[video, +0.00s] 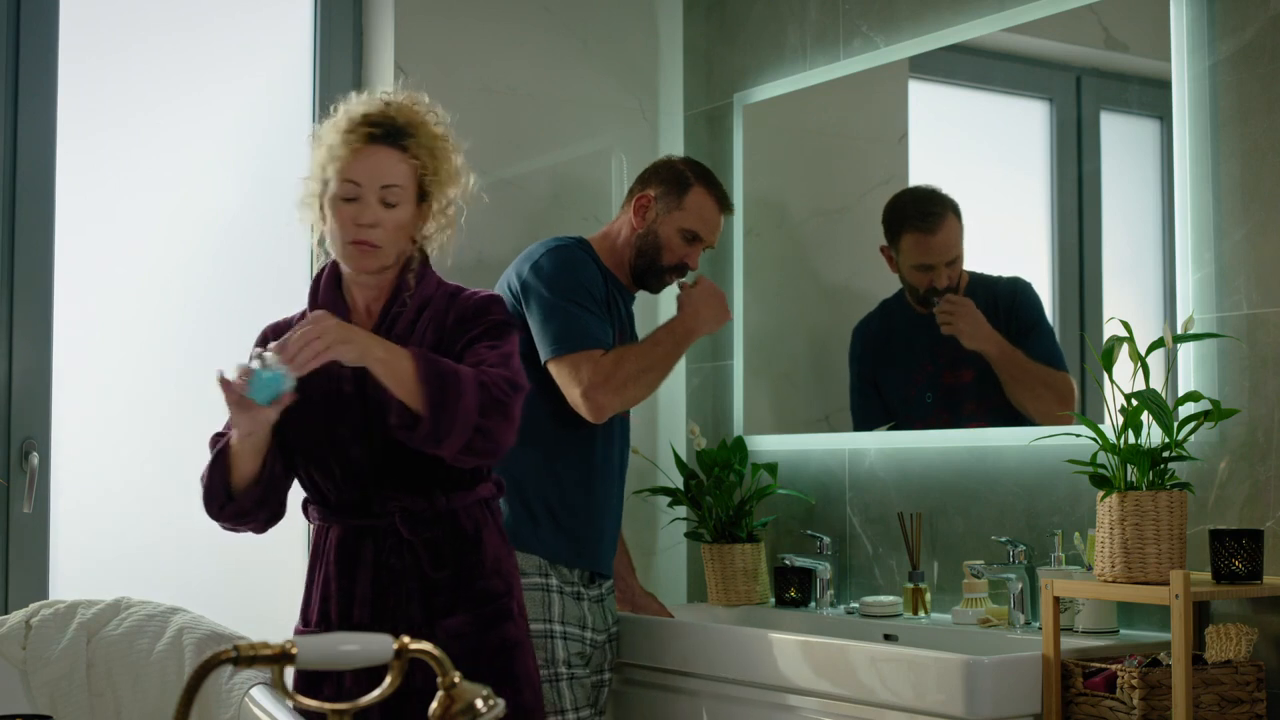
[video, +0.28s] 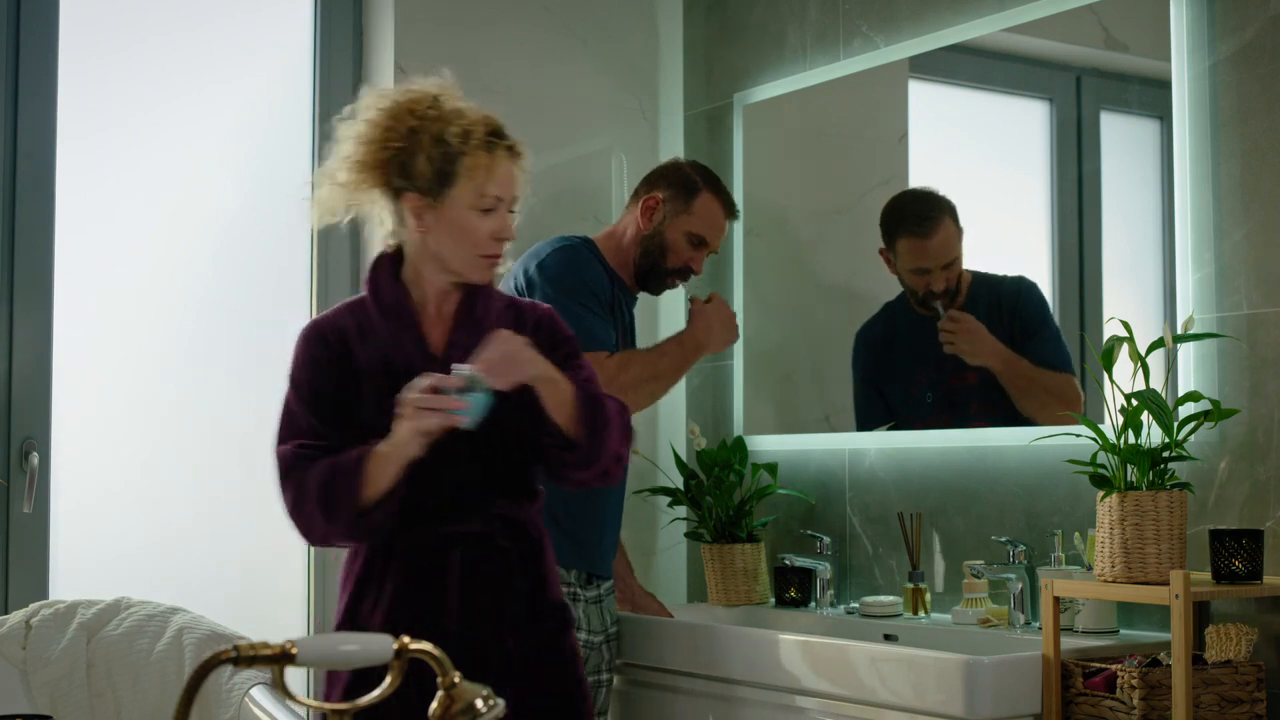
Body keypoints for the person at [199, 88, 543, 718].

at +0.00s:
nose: (365, 218)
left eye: (390, 200)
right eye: (348, 197)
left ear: (425, 213)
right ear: (323, 207)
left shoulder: (476, 319)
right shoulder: (287, 341)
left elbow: (491, 425)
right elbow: (244, 513)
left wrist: (371, 350)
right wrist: (248, 435)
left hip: (465, 601)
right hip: (343, 601)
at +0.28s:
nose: (508, 232)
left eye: (512, 210)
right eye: (488, 209)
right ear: (417, 213)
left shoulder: (532, 330)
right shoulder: (335, 344)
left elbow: (603, 459)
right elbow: (312, 506)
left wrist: (545, 379)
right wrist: (398, 447)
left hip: (523, 633)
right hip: (392, 636)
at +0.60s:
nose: (683, 270)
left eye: (687, 250)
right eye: (666, 245)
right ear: (593, 240)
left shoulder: (632, 344)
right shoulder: (506, 371)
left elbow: (666, 477)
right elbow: (545, 569)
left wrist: (729, 457)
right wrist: (703, 524)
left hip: (608, 644)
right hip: (504, 661)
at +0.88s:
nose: (845, 319)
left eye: (846, 297)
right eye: (833, 295)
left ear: (766, 291)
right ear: (769, 288)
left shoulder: (698, 361)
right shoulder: (695, 389)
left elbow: (734, 514)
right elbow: (770, 591)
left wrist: (832, 560)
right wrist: (955, 639)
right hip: (585, 681)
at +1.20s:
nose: (993, 406)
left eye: (998, 384)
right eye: (989, 381)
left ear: (863, 360)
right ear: (929, 372)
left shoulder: (761, 421)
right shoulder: (913, 497)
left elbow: (732, 565)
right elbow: (1027, 657)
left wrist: (864, 638)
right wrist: (1177, 697)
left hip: (591, 682)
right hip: (708, 699)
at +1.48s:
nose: (1023, 443)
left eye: (1031, 419)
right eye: (1025, 417)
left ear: (901, 384)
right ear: (976, 400)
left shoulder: (788, 442)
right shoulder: (970, 528)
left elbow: (741, 580)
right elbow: (1075, 676)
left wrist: (877, 646)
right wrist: (1190, 706)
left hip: (628, 691)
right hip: (747, 704)